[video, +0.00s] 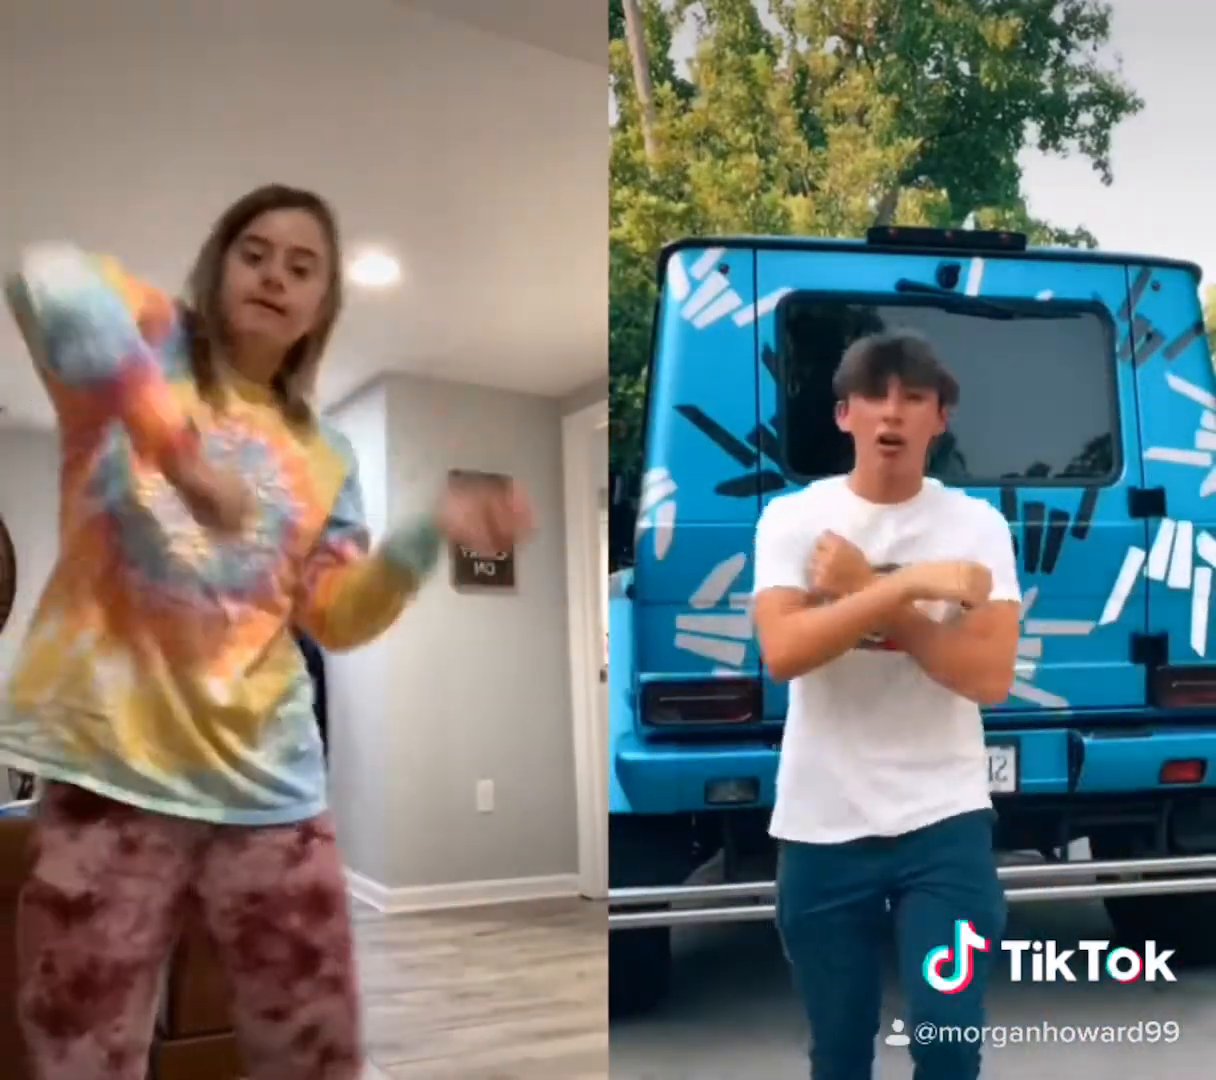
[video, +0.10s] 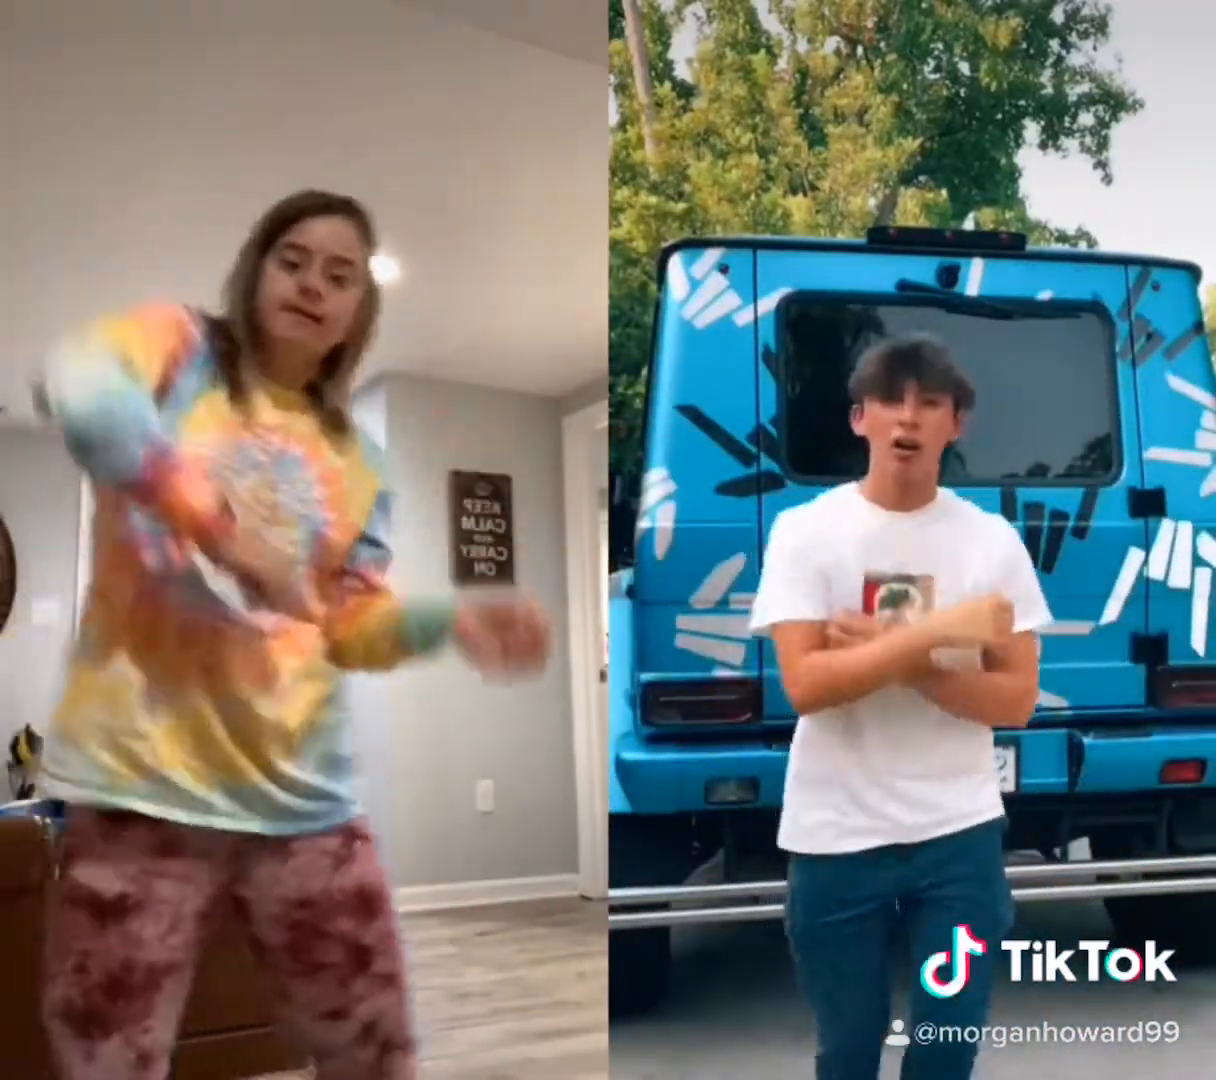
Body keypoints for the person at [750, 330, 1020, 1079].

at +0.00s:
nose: (893, 416)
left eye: (912, 401)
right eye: (876, 400)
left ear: (940, 419)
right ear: (845, 416)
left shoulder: (978, 524)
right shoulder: (792, 518)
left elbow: (990, 676)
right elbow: (783, 652)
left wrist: (870, 594)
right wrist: (914, 582)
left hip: (947, 824)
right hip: (823, 833)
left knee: (950, 1049)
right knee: (839, 1056)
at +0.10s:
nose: (909, 421)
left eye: (929, 405)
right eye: (892, 404)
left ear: (955, 424)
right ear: (861, 419)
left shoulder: (994, 544)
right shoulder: (804, 534)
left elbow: (1017, 703)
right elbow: (804, 684)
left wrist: (895, 651)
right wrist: (939, 630)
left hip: (962, 840)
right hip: (836, 847)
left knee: (947, 1055)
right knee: (849, 1056)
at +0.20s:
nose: (934, 446)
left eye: (952, 429)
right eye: (915, 429)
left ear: (978, 449)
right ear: (883, 448)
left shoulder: (1011, 566)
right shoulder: (828, 567)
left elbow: (1037, 700)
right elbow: (815, 730)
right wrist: (953, 722)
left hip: (973, 855)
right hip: (855, 865)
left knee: (963, 1062)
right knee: (876, 1063)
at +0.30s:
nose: (961, 454)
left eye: (978, 439)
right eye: (942, 436)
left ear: (1000, 457)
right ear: (904, 450)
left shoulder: (1015, 568)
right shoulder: (846, 570)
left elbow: (1038, 689)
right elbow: (815, 732)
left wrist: (1010, 769)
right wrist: (941, 819)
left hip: (980, 857)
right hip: (877, 862)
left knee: (976, 1061)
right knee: (916, 1062)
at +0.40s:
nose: (991, 433)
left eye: (1008, 416)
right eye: (973, 412)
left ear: (1025, 430)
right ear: (927, 420)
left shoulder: (1014, 538)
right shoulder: (874, 543)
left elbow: (1033, 660)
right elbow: (833, 715)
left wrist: (1077, 721)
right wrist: (862, 877)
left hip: (988, 840)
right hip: (904, 854)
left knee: (974, 1051)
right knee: (942, 1057)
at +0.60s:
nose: (1053, 464)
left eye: (1064, 446)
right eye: (1032, 442)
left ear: (1074, 460)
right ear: (974, 453)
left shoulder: (997, 558)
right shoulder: (968, 558)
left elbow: (1034, 704)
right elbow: (871, 717)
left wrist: (1174, 712)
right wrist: (794, 882)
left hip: (982, 886)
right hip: (952, 897)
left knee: (1054, 1063)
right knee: (1033, 1069)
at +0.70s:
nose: (1090, 471)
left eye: (1100, 454)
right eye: (1069, 449)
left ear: (1109, 463)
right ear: (1008, 457)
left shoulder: (992, 554)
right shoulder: (1018, 567)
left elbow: (1029, 726)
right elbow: (948, 744)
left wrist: (1167, 766)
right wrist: (896, 926)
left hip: (1021, 883)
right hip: (984, 914)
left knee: (1122, 1040)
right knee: (1038, 1067)